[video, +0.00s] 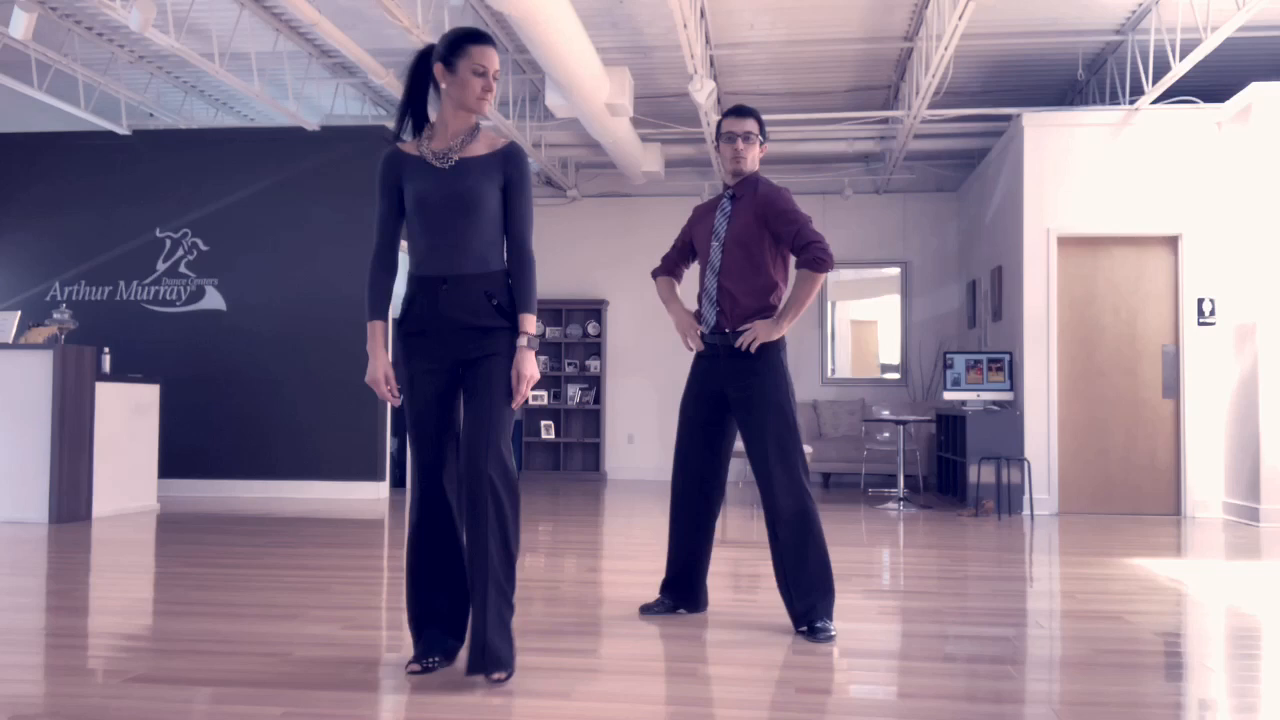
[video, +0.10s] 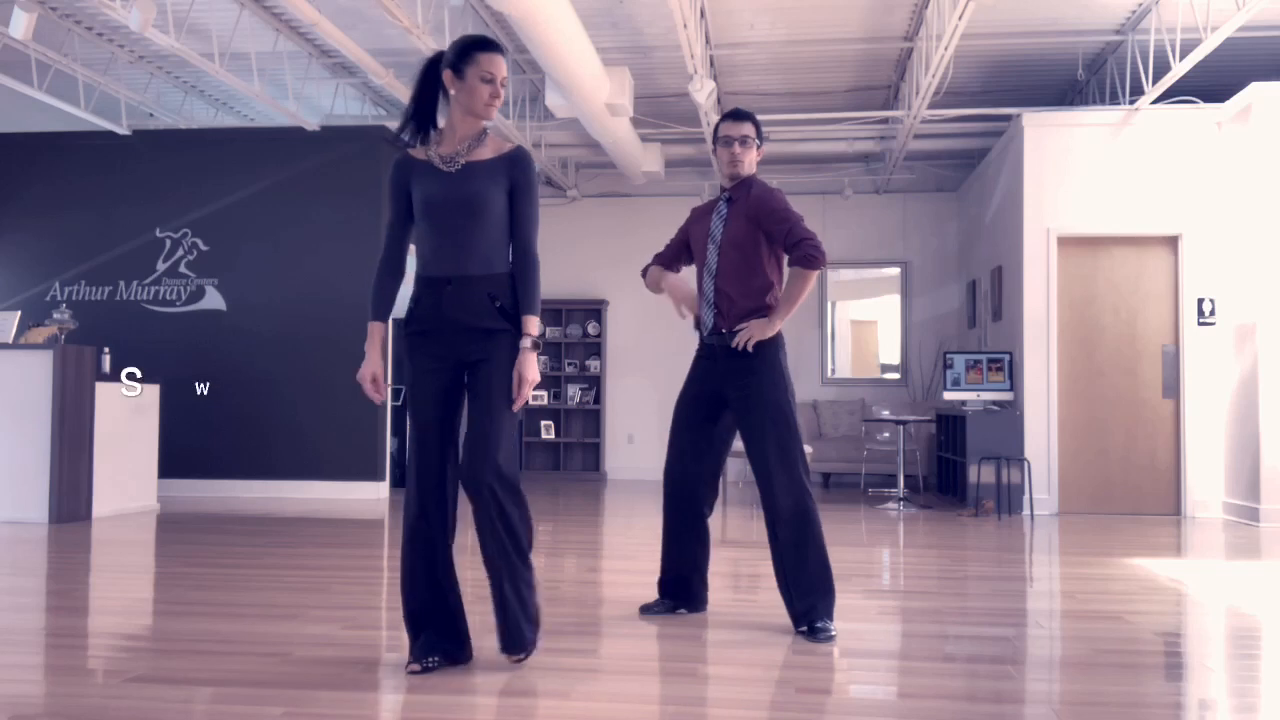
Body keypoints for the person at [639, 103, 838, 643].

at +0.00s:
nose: (737, 147)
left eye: (747, 139)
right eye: (728, 139)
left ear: (762, 148)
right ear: (715, 148)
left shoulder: (769, 197)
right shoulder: (705, 213)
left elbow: (818, 258)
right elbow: (664, 273)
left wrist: (783, 321)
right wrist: (679, 314)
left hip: (757, 357)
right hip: (709, 358)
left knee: (784, 482)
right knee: (693, 477)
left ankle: (813, 611)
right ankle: (683, 593)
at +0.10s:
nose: (735, 151)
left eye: (745, 143)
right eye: (725, 143)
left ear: (759, 152)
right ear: (713, 151)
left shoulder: (763, 200)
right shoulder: (702, 215)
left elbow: (811, 256)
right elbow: (653, 270)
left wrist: (778, 318)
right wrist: (672, 283)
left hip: (757, 356)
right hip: (711, 358)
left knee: (784, 480)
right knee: (684, 474)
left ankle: (813, 612)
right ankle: (682, 594)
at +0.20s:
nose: (730, 154)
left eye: (740, 147)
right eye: (721, 146)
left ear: (754, 155)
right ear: (708, 153)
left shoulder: (754, 201)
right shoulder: (696, 215)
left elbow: (798, 256)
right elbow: (645, 277)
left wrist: (761, 318)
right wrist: (688, 260)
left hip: (751, 353)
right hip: (707, 357)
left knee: (781, 479)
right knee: (678, 475)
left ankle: (816, 610)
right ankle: (682, 594)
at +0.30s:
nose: (721, 157)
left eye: (730, 148)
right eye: (712, 148)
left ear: (744, 155)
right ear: (699, 155)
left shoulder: (749, 200)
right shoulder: (692, 214)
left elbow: (784, 257)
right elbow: (656, 276)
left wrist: (746, 316)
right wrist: (708, 239)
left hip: (749, 355)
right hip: (702, 358)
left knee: (790, 471)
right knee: (674, 475)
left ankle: (827, 600)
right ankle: (681, 592)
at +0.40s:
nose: (709, 160)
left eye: (718, 151)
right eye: (700, 153)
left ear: (736, 156)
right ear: (690, 162)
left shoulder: (750, 198)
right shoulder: (692, 221)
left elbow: (781, 244)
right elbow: (664, 277)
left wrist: (745, 308)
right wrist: (707, 226)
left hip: (745, 352)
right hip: (701, 357)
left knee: (784, 471)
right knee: (675, 476)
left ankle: (841, 599)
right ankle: (681, 591)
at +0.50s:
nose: (705, 160)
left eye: (714, 152)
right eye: (696, 155)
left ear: (732, 156)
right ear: (689, 164)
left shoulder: (745, 191)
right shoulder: (697, 222)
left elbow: (780, 217)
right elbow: (669, 282)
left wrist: (750, 288)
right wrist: (711, 236)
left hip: (747, 351)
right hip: (707, 359)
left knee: (783, 478)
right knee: (681, 477)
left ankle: (841, 605)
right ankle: (681, 591)